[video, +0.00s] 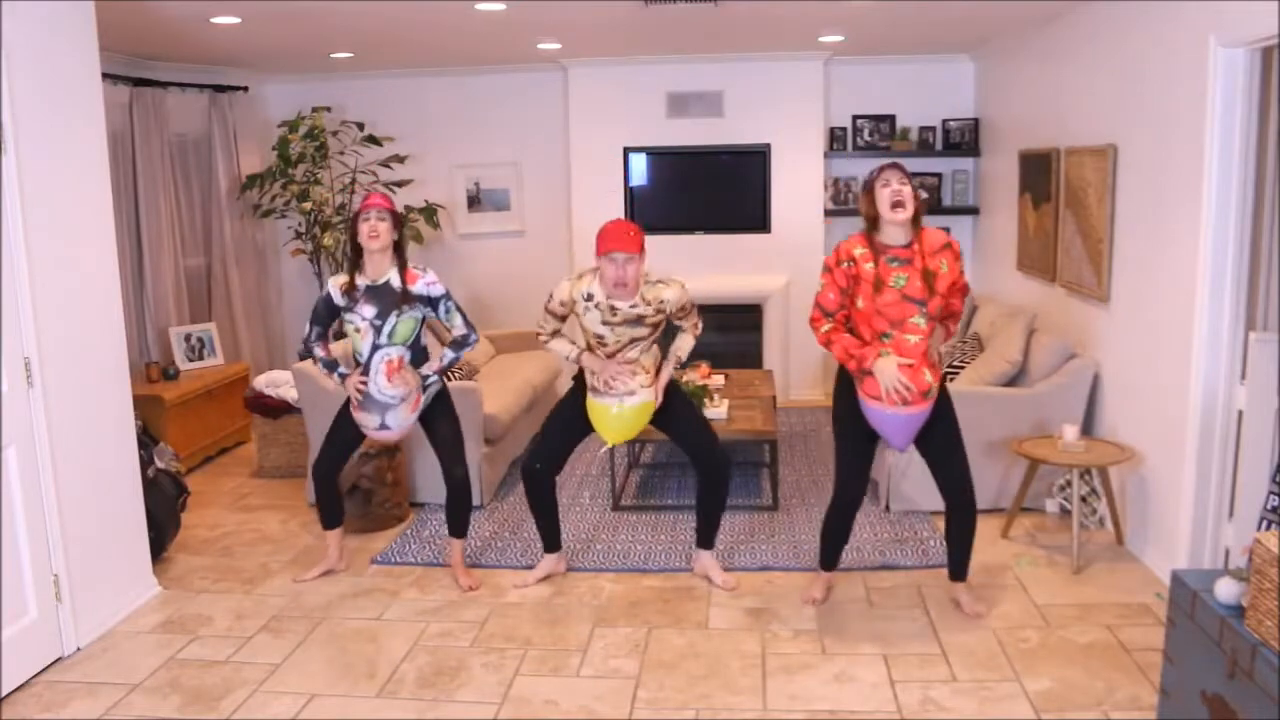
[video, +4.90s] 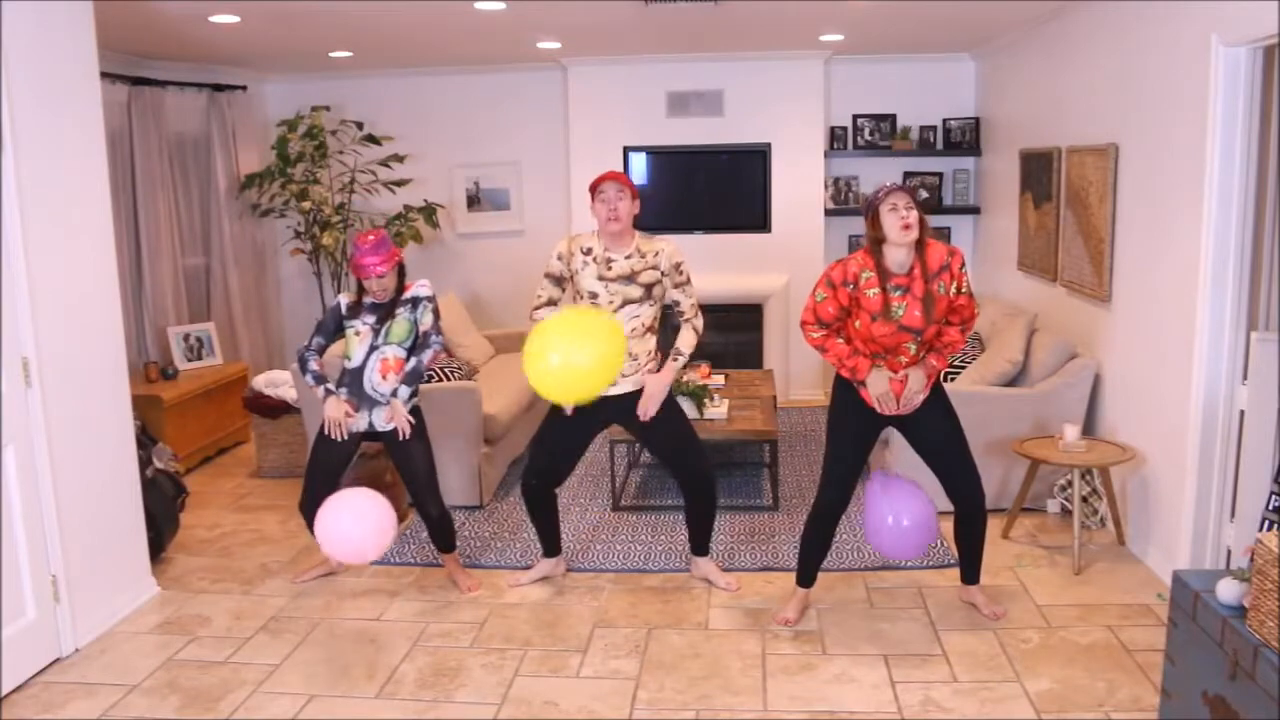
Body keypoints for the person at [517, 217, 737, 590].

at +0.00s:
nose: (621, 271)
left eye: (630, 260)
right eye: (612, 261)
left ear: (643, 260)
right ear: (598, 260)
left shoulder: (668, 294)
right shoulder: (573, 291)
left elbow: (691, 326)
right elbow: (546, 334)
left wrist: (663, 377)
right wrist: (590, 362)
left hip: (652, 387)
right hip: (592, 388)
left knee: (715, 461)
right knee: (535, 467)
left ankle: (704, 553)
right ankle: (553, 554)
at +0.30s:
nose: (619, 215)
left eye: (628, 205)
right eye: (610, 206)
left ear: (641, 209)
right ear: (597, 211)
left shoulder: (664, 259)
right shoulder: (572, 257)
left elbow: (690, 311)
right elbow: (552, 313)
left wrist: (666, 364)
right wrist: (592, 344)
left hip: (653, 371)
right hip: (593, 371)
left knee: (702, 456)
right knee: (550, 462)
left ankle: (703, 554)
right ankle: (554, 555)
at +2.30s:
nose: (607, 223)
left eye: (616, 213)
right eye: (598, 214)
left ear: (631, 211)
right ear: (586, 215)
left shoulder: (654, 245)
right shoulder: (567, 250)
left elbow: (683, 309)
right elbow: (543, 311)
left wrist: (649, 364)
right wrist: (584, 364)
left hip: (650, 368)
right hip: (592, 371)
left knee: (701, 456)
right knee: (549, 462)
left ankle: (703, 555)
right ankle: (553, 556)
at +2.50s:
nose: (609, 281)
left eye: (616, 273)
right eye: (601, 274)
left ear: (630, 254)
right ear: (586, 256)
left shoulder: (655, 270)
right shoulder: (566, 274)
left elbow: (684, 332)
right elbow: (552, 336)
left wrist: (652, 385)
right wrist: (591, 386)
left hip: (652, 387)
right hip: (592, 389)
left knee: (714, 464)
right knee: (534, 467)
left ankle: (704, 555)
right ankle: (552, 556)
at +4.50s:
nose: (609, 234)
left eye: (618, 224)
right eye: (602, 225)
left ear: (635, 216)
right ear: (592, 221)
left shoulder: (663, 257)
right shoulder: (572, 253)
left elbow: (696, 324)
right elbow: (540, 319)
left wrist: (657, 377)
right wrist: (573, 374)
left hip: (648, 393)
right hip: (587, 393)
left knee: (706, 476)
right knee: (532, 484)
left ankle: (701, 558)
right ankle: (552, 558)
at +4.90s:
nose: (611, 205)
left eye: (620, 198)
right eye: (603, 199)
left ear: (635, 207)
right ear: (592, 208)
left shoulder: (661, 254)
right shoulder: (570, 252)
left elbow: (691, 319)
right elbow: (541, 313)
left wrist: (666, 376)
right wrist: (561, 374)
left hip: (644, 389)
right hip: (583, 392)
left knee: (698, 473)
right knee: (536, 480)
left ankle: (701, 558)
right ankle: (551, 558)